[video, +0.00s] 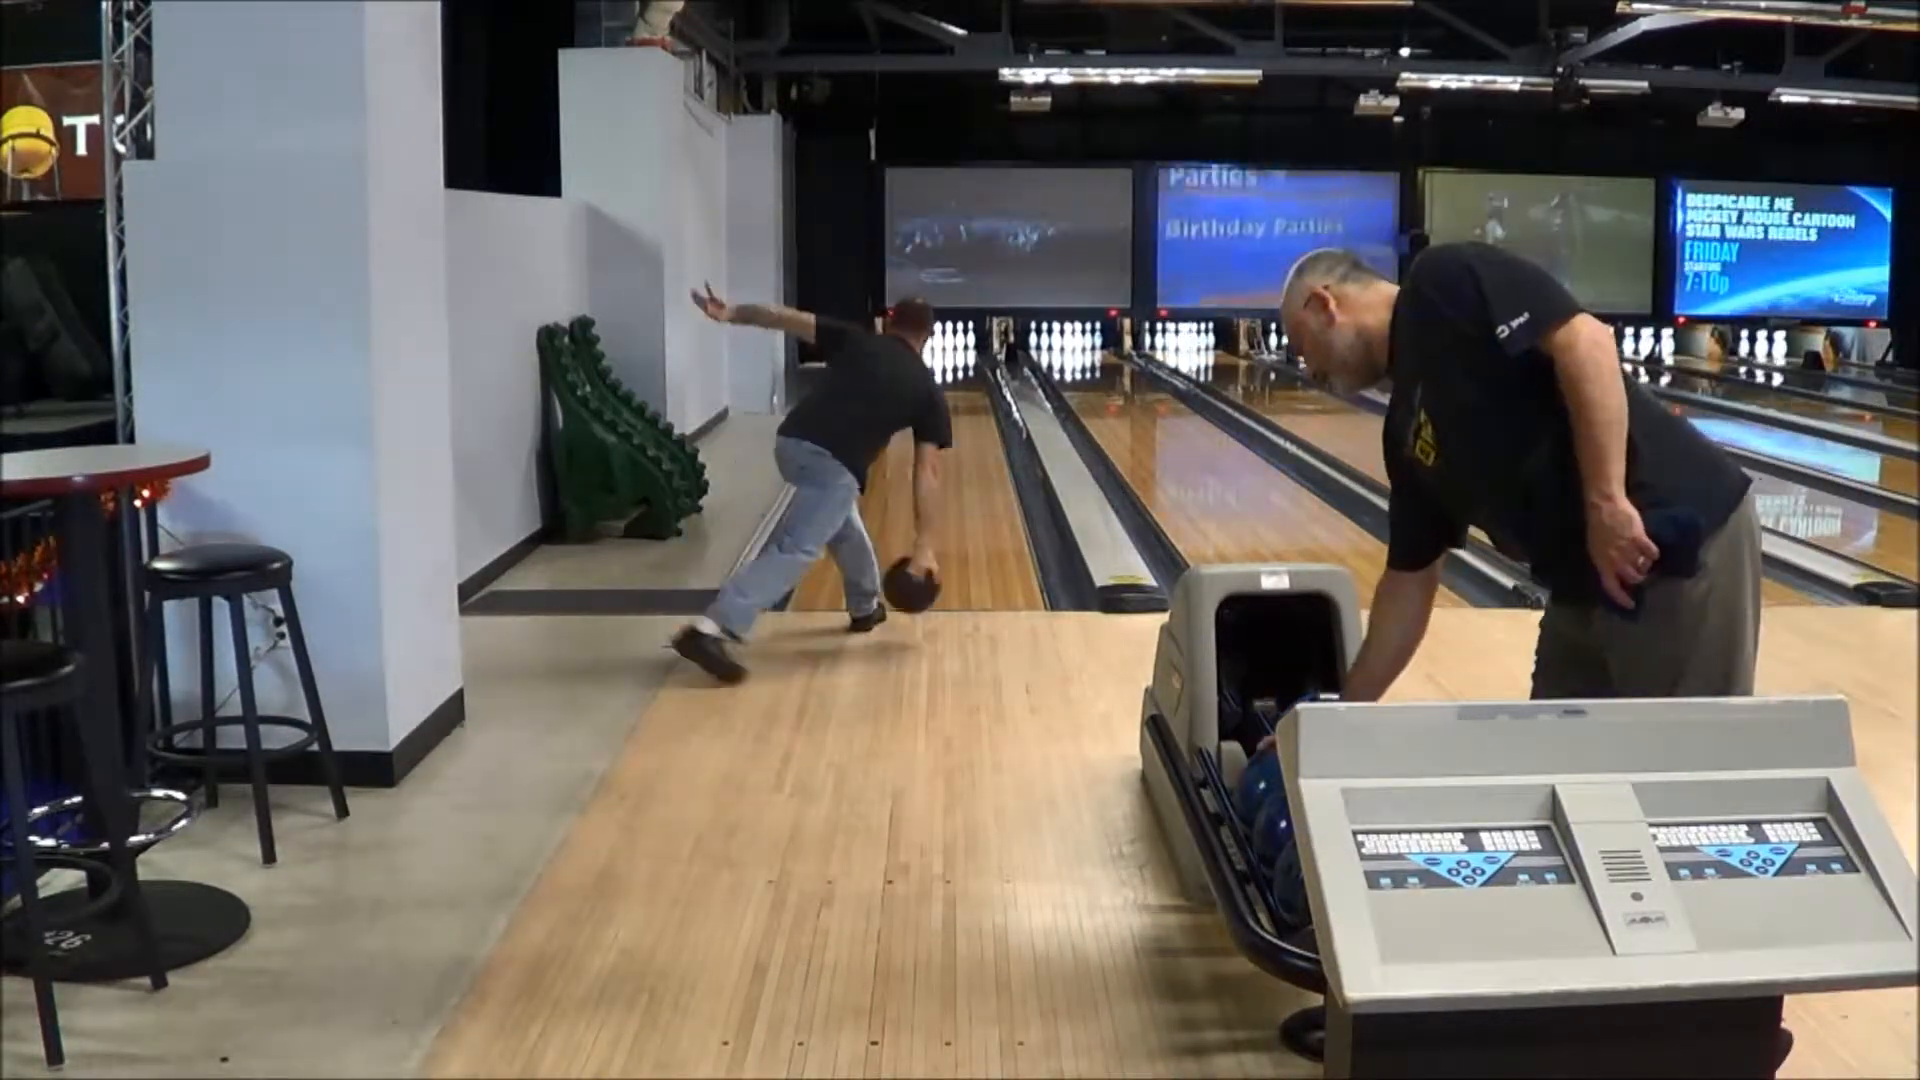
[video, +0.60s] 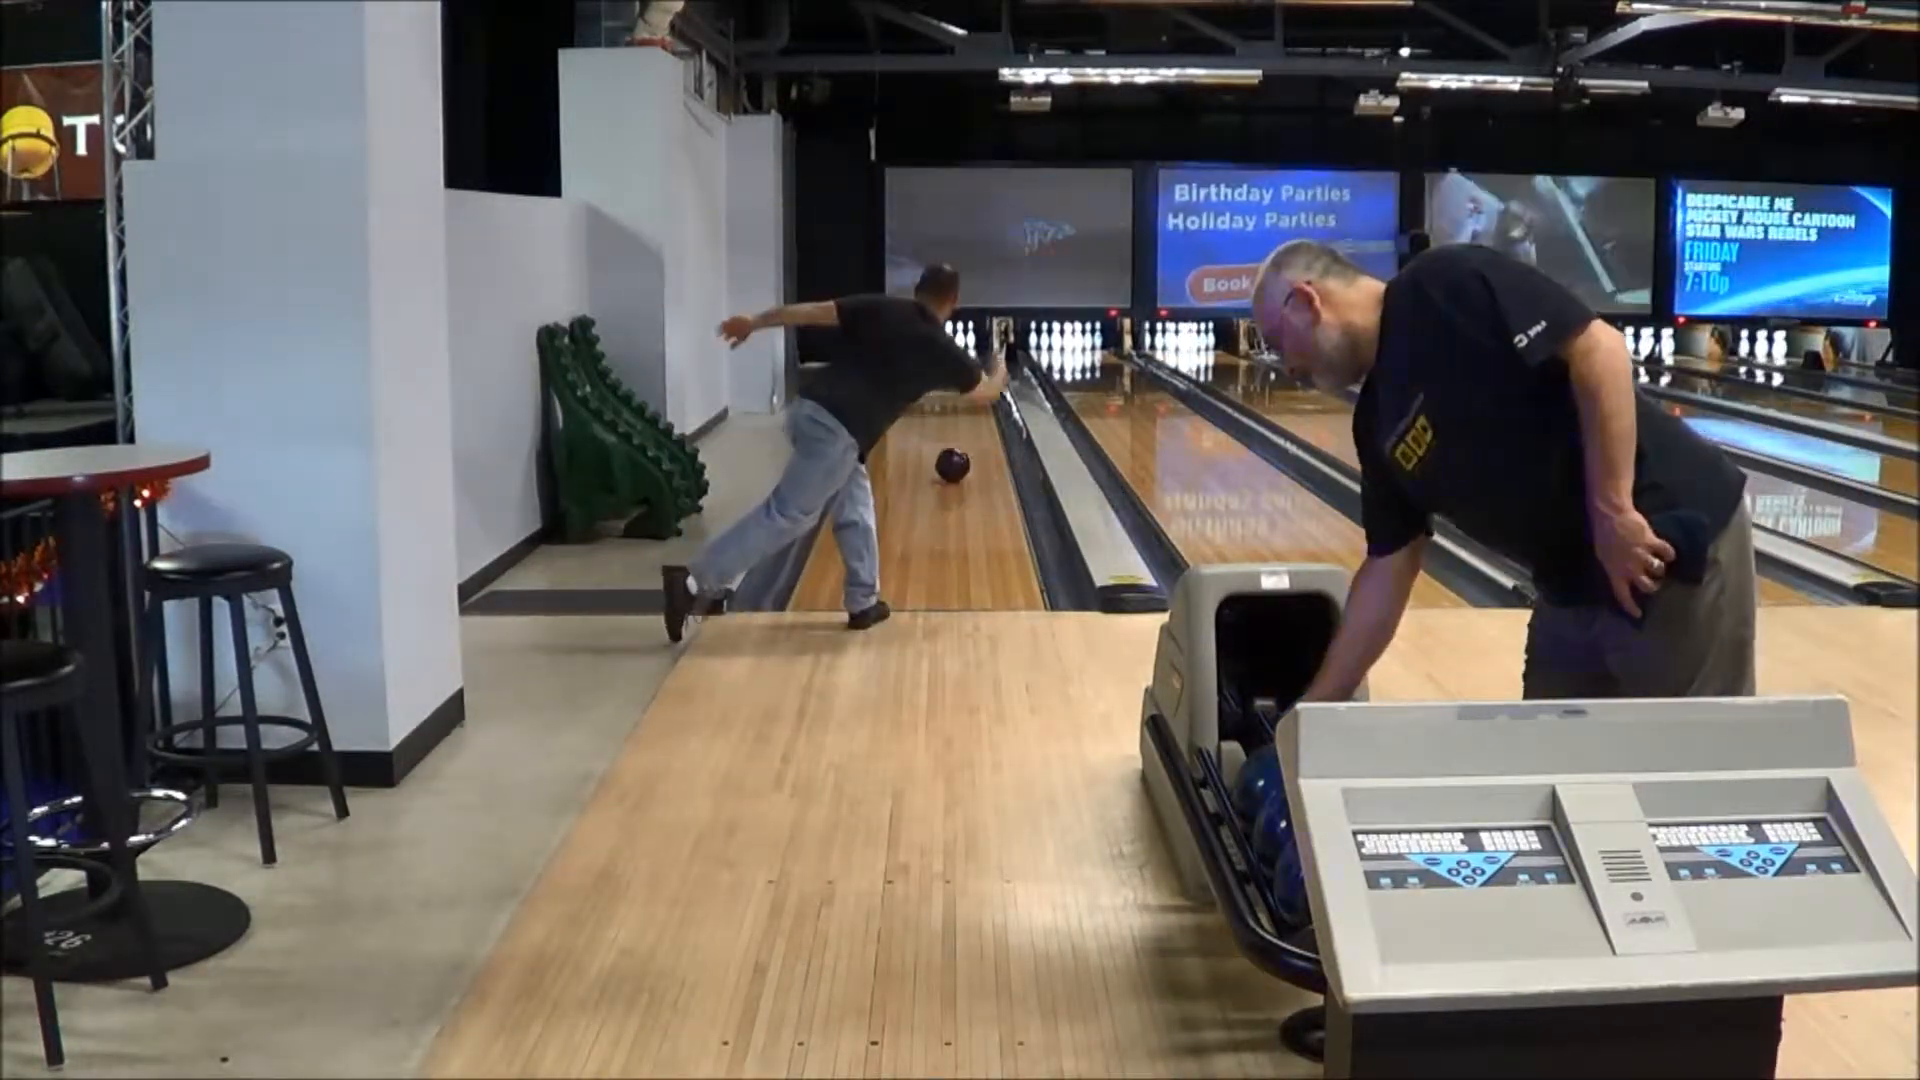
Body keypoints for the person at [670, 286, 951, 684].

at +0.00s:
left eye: (889, 324)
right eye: (923, 335)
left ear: (887, 325)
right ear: (926, 337)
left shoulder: (858, 340)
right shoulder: (925, 389)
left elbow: (785, 318)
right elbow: (928, 472)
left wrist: (730, 313)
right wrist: (924, 546)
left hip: (790, 444)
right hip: (834, 464)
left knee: (845, 526)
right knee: (796, 550)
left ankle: (865, 606)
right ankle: (711, 627)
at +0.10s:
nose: (931, 350)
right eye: (932, 344)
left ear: (891, 326)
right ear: (928, 344)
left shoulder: (872, 339)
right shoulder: (922, 391)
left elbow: (819, 323)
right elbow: (927, 463)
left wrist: (773, 329)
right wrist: (933, 521)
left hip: (795, 438)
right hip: (832, 466)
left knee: (846, 524)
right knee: (773, 544)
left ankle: (863, 606)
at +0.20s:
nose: (941, 351)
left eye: (939, 344)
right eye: (941, 345)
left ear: (905, 330)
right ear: (938, 345)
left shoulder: (890, 337)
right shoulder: (932, 394)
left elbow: (829, 330)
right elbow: (930, 420)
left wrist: (814, 343)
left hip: (795, 431)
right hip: (829, 459)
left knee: (846, 518)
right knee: (761, 534)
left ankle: (862, 606)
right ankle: (656, 581)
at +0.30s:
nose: (957, 352)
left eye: (956, 346)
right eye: (956, 347)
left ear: (916, 327)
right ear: (948, 343)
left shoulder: (889, 333)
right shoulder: (944, 379)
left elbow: (829, 327)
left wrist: (831, 345)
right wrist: (940, 304)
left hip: (797, 424)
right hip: (834, 451)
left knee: (848, 515)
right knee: (760, 527)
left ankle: (862, 605)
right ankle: (659, 579)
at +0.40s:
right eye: (956, 320)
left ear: (918, 307)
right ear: (952, 324)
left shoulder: (889, 322)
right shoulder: (947, 366)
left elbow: (825, 321)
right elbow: (975, 338)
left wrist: (798, 327)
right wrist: (965, 297)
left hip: (802, 418)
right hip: (837, 441)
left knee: (852, 514)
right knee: (777, 525)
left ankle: (863, 604)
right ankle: (679, 587)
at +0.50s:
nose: (951, 316)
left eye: (947, 308)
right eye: (952, 311)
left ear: (918, 297)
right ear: (952, 312)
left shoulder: (883, 314)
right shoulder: (940, 355)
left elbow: (823, 315)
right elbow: (990, 357)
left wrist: (768, 317)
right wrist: (984, 307)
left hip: (807, 415)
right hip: (838, 438)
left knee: (854, 511)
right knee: (783, 522)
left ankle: (863, 605)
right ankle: (688, 585)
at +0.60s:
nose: (953, 310)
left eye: (949, 302)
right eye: (955, 304)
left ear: (918, 289)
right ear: (951, 302)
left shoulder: (880, 307)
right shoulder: (936, 344)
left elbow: (814, 313)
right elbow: (984, 393)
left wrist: (755, 321)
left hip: (810, 411)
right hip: (839, 431)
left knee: (855, 510)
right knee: (787, 516)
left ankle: (863, 604)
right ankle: (695, 584)